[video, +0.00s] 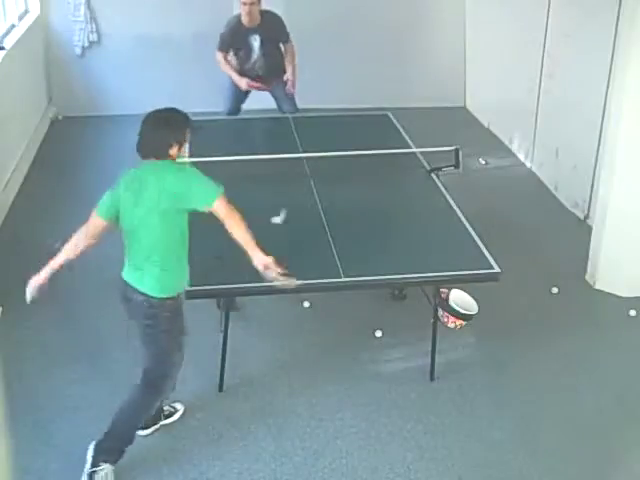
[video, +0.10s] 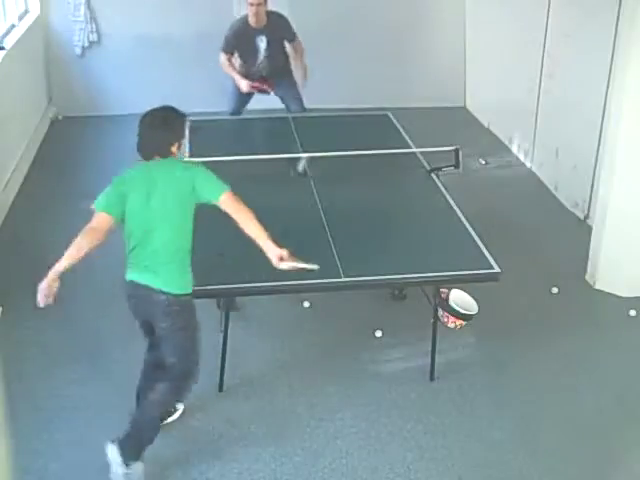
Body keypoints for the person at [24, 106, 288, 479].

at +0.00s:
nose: (188, 150)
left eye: (187, 143)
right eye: (186, 144)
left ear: (145, 145)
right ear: (176, 147)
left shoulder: (127, 181)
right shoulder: (184, 178)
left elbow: (89, 233)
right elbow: (227, 212)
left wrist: (46, 272)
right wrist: (258, 257)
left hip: (132, 289)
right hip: (160, 301)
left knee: (162, 355)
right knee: (155, 380)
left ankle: (151, 413)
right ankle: (104, 456)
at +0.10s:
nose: (187, 145)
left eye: (184, 139)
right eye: (185, 140)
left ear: (144, 144)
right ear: (177, 145)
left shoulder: (126, 180)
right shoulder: (191, 174)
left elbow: (95, 232)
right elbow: (234, 206)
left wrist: (54, 272)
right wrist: (271, 249)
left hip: (136, 290)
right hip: (172, 298)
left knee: (156, 352)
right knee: (178, 373)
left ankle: (155, 412)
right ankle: (128, 450)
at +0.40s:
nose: (209, 147)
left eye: (207, 141)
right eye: (207, 142)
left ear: (171, 146)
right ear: (203, 147)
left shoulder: (152, 188)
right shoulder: (218, 187)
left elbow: (132, 244)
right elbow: (258, 236)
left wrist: (105, 295)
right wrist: (302, 267)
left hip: (166, 300)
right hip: (205, 305)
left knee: (175, 347)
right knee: (246, 377)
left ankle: (154, 414)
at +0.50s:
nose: (224, 155)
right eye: (226, 150)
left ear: (192, 153)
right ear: (227, 156)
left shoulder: (174, 196)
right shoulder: (241, 198)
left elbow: (151, 250)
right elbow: (267, 248)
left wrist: (124, 302)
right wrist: (304, 275)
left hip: (183, 308)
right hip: (227, 314)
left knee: (179, 358)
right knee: (269, 383)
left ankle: (153, 415)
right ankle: (307, 460)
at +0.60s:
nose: (249, 161)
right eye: (251, 156)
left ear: (216, 160)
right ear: (251, 161)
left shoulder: (196, 201)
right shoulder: (268, 204)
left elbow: (166, 256)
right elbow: (287, 258)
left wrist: (140, 305)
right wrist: (306, 277)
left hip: (201, 316)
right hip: (247, 320)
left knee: (182, 378)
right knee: (283, 389)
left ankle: (157, 432)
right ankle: (307, 465)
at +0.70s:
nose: (267, 158)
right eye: (266, 153)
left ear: (228, 156)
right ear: (264, 159)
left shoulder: (205, 195)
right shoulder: (275, 200)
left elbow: (171, 249)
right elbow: (291, 262)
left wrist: (148, 301)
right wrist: (304, 275)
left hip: (204, 318)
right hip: (251, 323)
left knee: (186, 390)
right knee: (282, 397)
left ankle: (159, 469)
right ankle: (314, 467)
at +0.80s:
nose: (269, 167)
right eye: (269, 161)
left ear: (228, 164)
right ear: (267, 168)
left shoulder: (205, 204)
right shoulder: (278, 210)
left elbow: (170, 256)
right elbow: (294, 280)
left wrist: (144, 312)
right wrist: (291, 282)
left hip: (202, 333)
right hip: (253, 337)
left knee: (183, 405)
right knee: (290, 410)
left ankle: (165, 475)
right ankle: (316, 474)